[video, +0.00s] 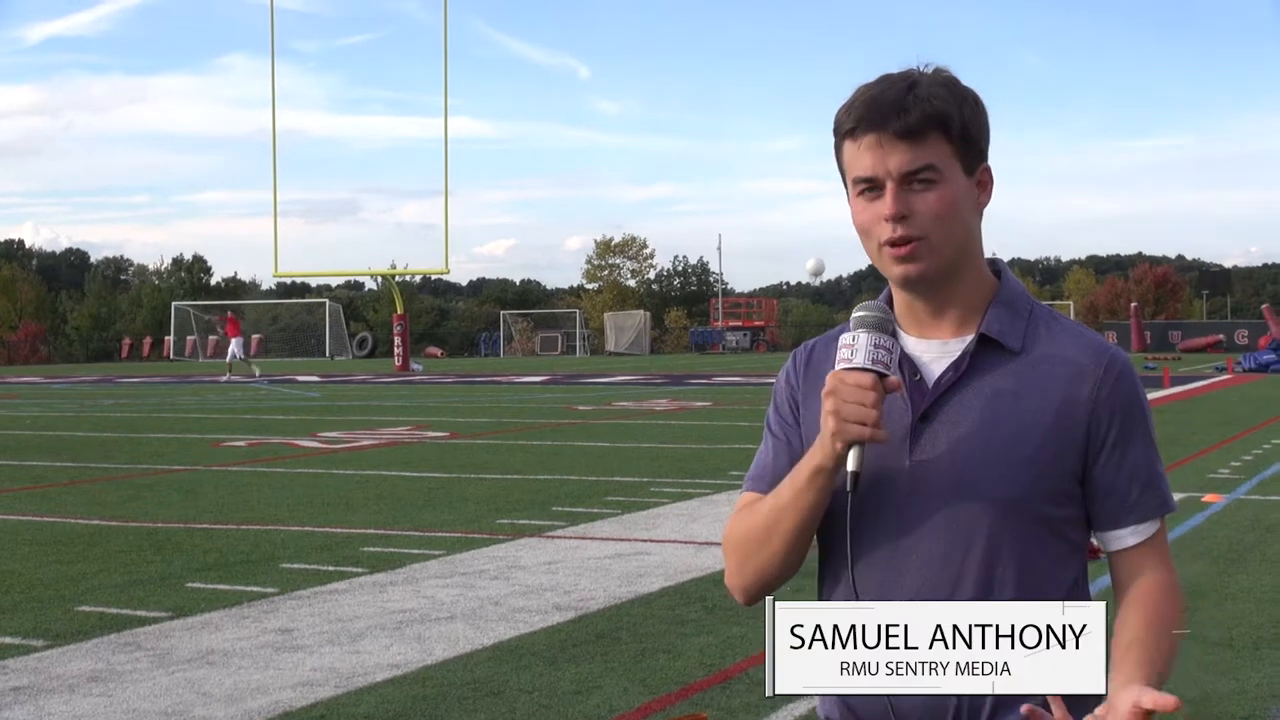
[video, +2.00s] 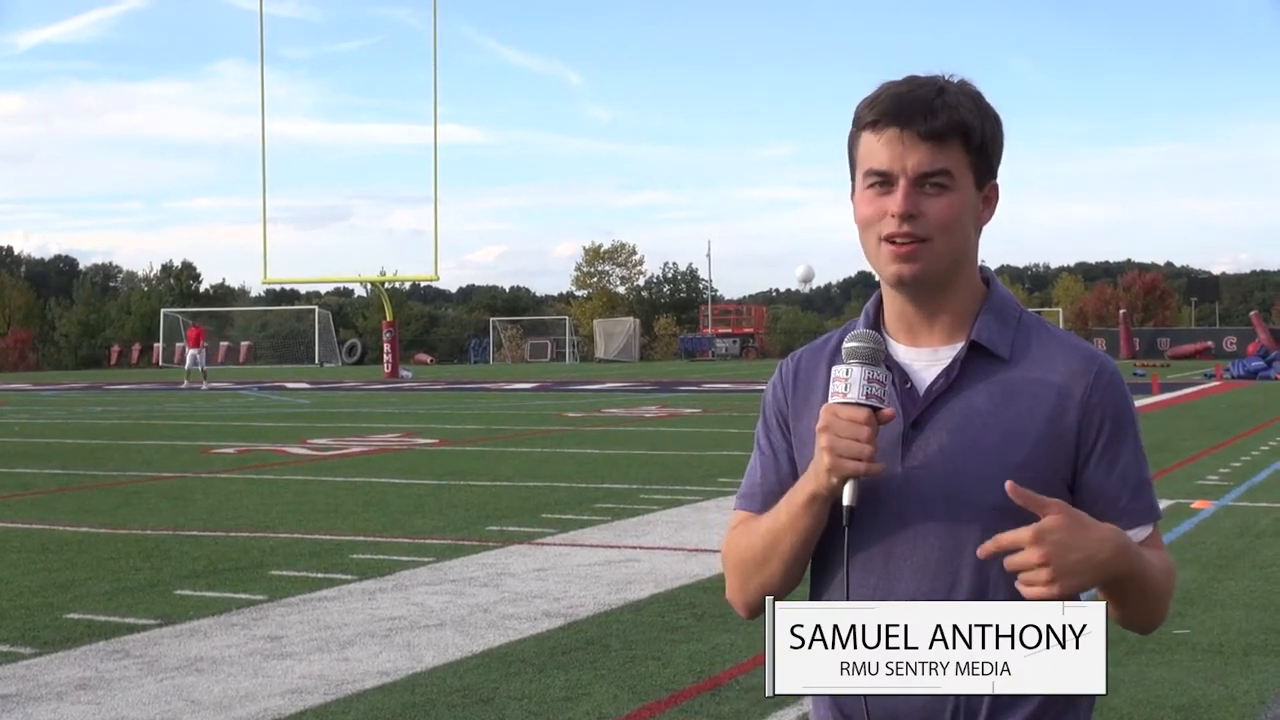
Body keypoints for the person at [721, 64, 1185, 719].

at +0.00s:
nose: (893, 212)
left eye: (921, 181)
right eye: (870, 190)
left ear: (981, 187)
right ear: (850, 207)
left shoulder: (1089, 373)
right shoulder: (814, 372)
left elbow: (1145, 570)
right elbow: (744, 575)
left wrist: (1128, 687)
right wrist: (825, 453)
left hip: (1030, 709)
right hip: (857, 707)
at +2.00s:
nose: (900, 208)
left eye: (932, 183)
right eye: (878, 183)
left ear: (986, 201)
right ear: (855, 202)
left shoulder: (1081, 382)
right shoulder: (802, 380)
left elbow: (1149, 609)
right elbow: (744, 589)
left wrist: (1115, 555)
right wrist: (819, 480)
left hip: (1026, 707)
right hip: (850, 706)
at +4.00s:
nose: (918, 199)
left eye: (946, 176)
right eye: (891, 176)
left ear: (983, 200)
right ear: (852, 203)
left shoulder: (1076, 378)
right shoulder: (796, 384)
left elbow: (1149, 606)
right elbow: (742, 588)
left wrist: (1107, 550)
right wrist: (822, 502)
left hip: (1026, 706)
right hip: (846, 707)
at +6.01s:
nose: (914, 211)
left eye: (949, 188)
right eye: (893, 182)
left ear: (993, 208)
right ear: (861, 196)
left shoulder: (1076, 381)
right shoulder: (798, 382)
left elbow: (1167, 581)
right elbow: (740, 587)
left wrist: (1053, 564)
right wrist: (837, 496)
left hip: (1022, 708)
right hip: (845, 707)